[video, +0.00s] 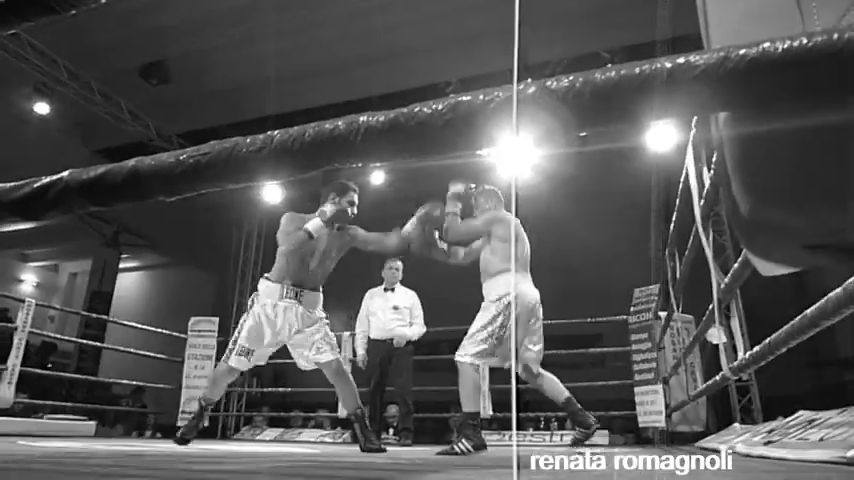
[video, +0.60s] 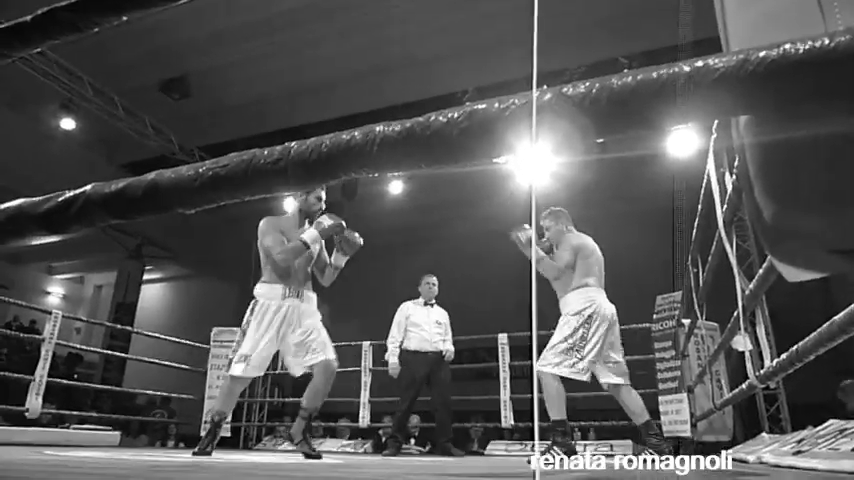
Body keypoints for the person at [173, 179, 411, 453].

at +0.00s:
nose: (353, 211)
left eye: (356, 206)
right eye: (349, 204)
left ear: (353, 209)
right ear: (329, 202)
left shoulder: (348, 235)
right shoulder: (293, 219)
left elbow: (388, 243)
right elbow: (287, 246)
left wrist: (410, 229)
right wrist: (323, 220)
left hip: (310, 311)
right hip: (271, 304)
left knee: (337, 370)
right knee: (231, 367)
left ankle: (364, 433)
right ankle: (198, 417)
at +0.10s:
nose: (346, 212)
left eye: (348, 207)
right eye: (342, 205)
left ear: (343, 210)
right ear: (321, 203)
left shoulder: (340, 240)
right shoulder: (286, 225)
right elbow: (279, 254)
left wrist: (381, 254)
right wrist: (313, 227)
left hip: (316, 316)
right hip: (275, 312)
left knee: (340, 371)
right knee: (237, 373)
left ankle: (360, 438)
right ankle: (208, 426)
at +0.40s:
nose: (334, 214)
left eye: (337, 209)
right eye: (330, 206)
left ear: (337, 213)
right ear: (315, 204)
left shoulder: (332, 240)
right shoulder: (285, 226)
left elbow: (344, 280)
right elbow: (292, 258)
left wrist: (353, 249)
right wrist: (322, 229)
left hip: (319, 313)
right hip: (280, 309)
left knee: (343, 373)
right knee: (252, 374)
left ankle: (340, 443)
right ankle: (220, 440)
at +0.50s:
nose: (319, 213)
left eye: (321, 209)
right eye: (315, 207)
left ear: (318, 214)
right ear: (296, 205)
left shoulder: (313, 245)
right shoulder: (267, 233)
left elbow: (323, 287)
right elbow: (280, 263)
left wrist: (340, 261)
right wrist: (312, 237)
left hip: (300, 317)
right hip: (264, 314)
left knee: (324, 373)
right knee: (236, 380)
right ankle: (207, 438)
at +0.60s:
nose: (323, 202)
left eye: (324, 197)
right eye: (317, 196)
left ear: (321, 200)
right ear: (299, 197)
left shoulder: (315, 235)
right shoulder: (270, 225)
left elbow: (325, 279)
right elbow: (282, 259)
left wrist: (343, 255)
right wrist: (315, 234)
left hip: (304, 310)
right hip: (269, 306)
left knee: (327, 366)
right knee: (240, 373)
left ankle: (299, 430)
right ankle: (212, 432)